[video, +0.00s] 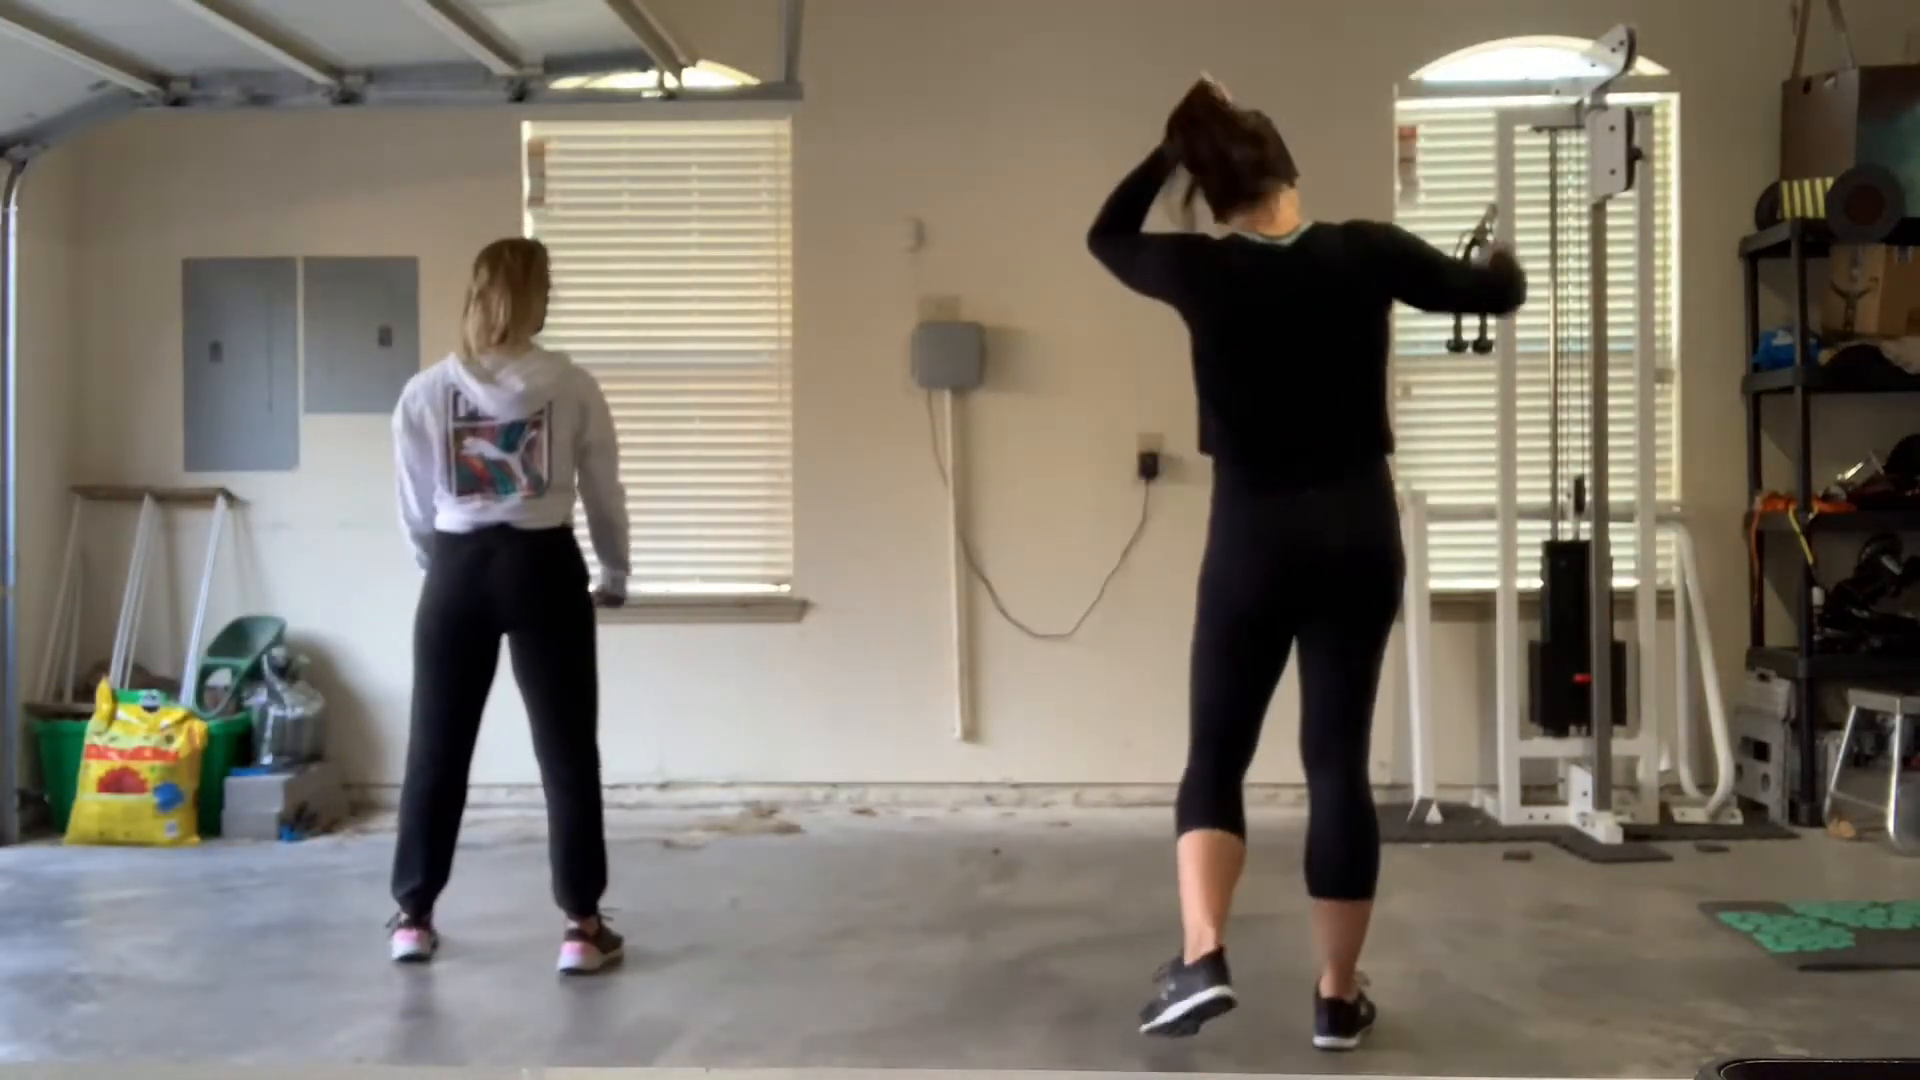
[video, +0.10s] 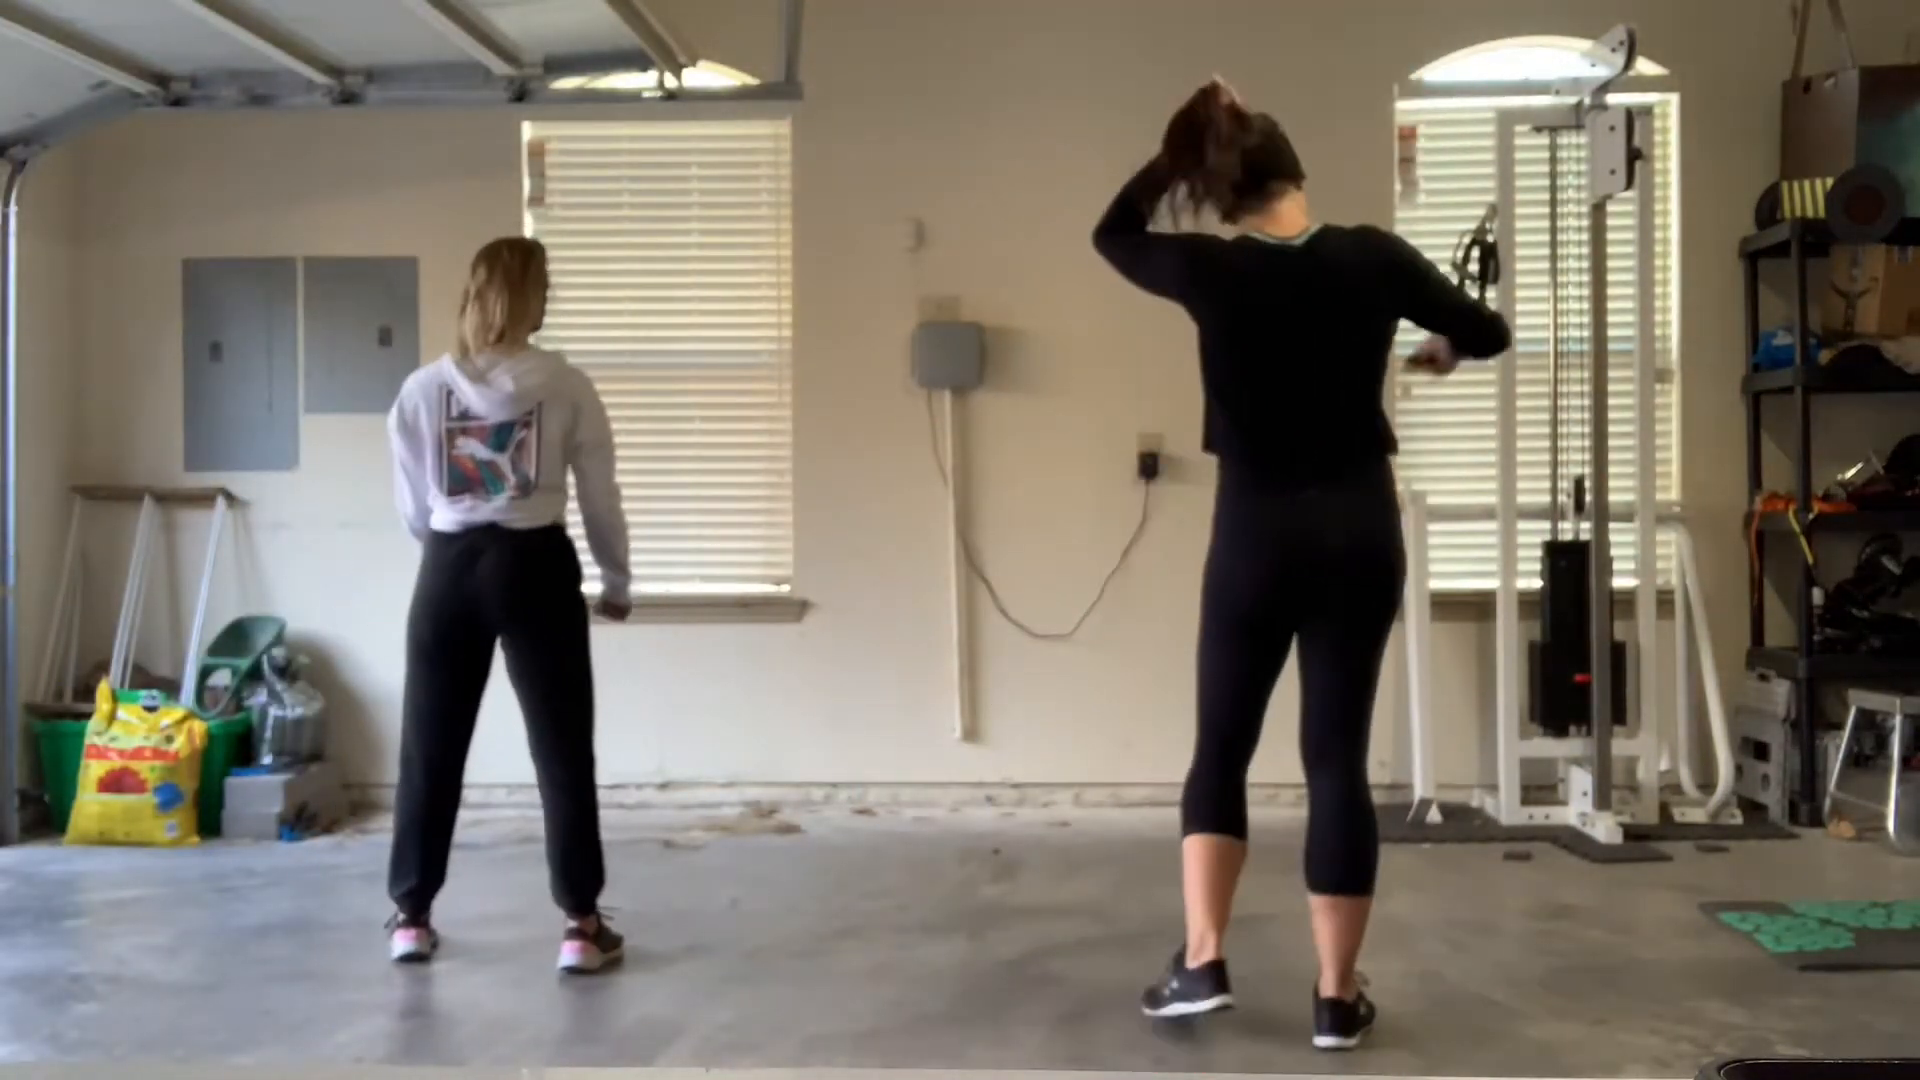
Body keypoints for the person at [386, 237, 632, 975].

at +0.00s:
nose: (539, 305)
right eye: (540, 293)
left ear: (473, 296)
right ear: (540, 299)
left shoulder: (424, 392)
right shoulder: (572, 385)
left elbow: (416, 508)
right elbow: (604, 496)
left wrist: (437, 562)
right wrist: (614, 572)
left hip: (457, 574)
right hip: (547, 572)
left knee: (436, 749)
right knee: (568, 751)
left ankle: (413, 919)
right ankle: (581, 926)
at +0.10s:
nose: (544, 303)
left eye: (535, 289)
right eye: (542, 291)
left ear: (471, 295)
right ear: (537, 298)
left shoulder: (422, 390)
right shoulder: (567, 385)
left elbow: (415, 508)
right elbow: (599, 499)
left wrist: (449, 553)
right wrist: (616, 579)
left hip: (448, 576)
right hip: (539, 575)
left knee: (430, 748)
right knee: (563, 750)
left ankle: (412, 920)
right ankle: (580, 925)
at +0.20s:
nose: (547, 300)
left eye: (541, 287)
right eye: (544, 290)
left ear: (472, 293)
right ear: (536, 297)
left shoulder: (422, 388)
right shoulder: (564, 382)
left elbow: (415, 508)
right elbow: (596, 499)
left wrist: (452, 552)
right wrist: (621, 581)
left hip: (452, 574)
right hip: (543, 573)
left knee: (432, 746)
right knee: (564, 748)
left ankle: (412, 918)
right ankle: (582, 924)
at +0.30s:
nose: (546, 303)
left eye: (533, 288)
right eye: (544, 291)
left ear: (475, 295)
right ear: (540, 299)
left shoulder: (428, 390)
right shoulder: (570, 384)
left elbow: (416, 513)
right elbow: (604, 502)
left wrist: (463, 544)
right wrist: (627, 583)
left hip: (458, 576)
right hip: (549, 575)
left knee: (437, 745)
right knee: (570, 750)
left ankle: (413, 918)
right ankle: (583, 926)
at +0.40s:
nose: (543, 303)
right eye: (543, 291)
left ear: (473, 295)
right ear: (539, 298)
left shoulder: (426, 387)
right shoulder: (571, 383)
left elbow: (412, 510)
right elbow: (608, 501)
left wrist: (457, 549)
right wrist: (631, 584)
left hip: (456, 576)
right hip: (548, 575)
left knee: (437, 746)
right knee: (570, 750)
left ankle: (413, 918)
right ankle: (584, 926)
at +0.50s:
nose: (541, 306)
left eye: (530, 291)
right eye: (541, 295)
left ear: (470, 296)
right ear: (536, 301)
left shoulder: (417, 389)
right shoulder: (564, 387)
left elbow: (402, 512)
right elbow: (600, 506)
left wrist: (439, 562)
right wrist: (633, 593)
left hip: (452, 579)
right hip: (543, 577)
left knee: (431, 748)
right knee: (566, 751)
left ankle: (412, 919)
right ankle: (582, 926)